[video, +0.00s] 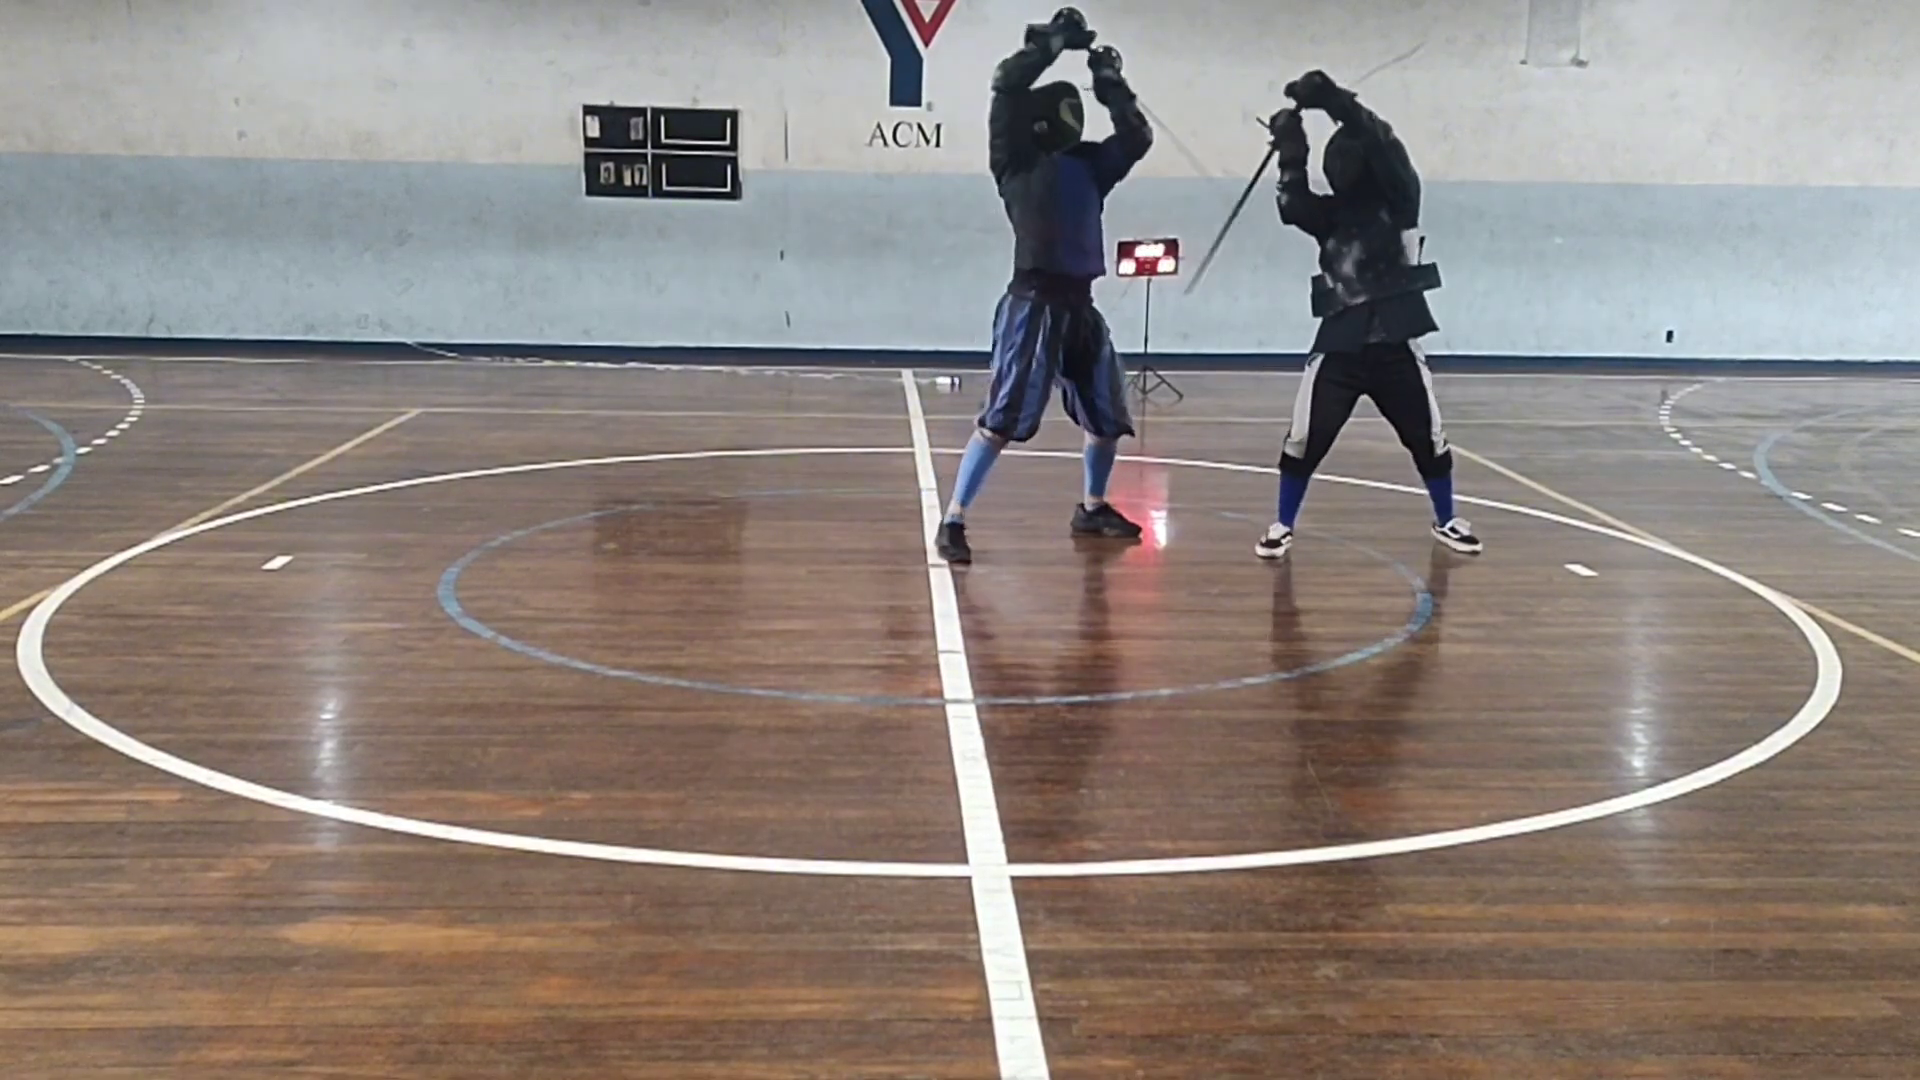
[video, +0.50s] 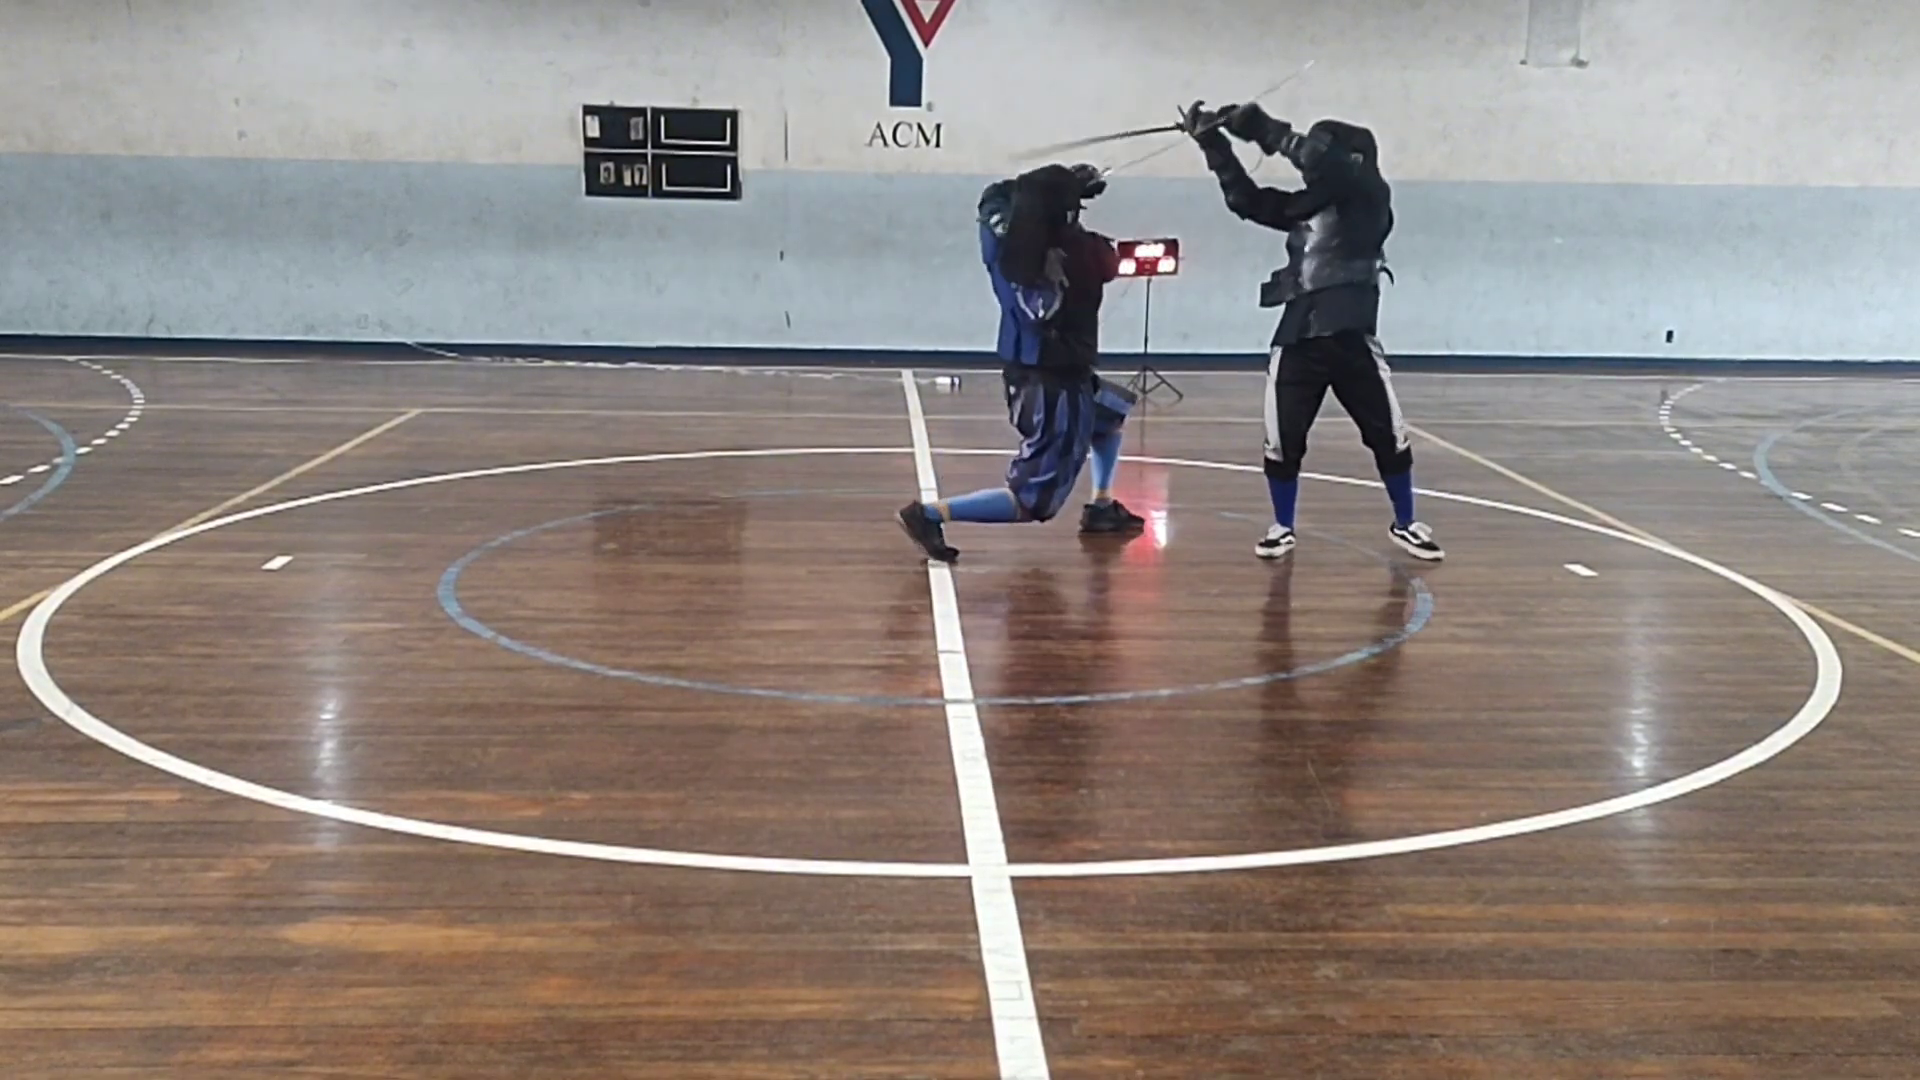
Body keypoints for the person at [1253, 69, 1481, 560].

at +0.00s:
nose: (1337, 171)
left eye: (1344, 163)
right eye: (1335, 164)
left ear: (1366, 164)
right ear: (1332, 167)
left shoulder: (1399, 202)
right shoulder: (1329, 213)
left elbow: (1382, 144)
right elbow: (1293, 204)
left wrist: (1332, 99)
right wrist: (1292, 149)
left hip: (1395, 347)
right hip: (1337, 348)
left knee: (1429, 440)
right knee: (1304, 440)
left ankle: (1446, 522)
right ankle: (1283, 524)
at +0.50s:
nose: (1307, 157)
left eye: (1314, 150)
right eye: (1306, 151)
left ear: (1343, 153)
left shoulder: (1368, 190)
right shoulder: (1304, 207)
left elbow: (1317, 159)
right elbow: (1245, 198)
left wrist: (1258, 125)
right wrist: (1212, 142)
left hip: (1351, 337)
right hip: (1297, 339)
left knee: (1389, 435)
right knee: (1280, 440)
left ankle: (1406, 523)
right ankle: (1282, 527)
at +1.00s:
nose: (1322, 174)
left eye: (1330, 167)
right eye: (1324, 166)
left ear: (1360, 175)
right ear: (1348, 173)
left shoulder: (1373, 217)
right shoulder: (1333, 205)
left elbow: (1308, 251)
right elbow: (1278, 216)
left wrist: (1250, 244)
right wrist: (1213, 211)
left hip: (1367, 346)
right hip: (1330, 340)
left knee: (1376, 451)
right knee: (1274, 420)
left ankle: (1417, 527)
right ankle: (1275, 519)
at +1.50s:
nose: (1302, 180)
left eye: (1315, 171)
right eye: (1296, 175)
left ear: (1328, 177)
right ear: (1285, 180)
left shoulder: (1347, 216)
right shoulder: (1276, 219)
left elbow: (1328, 163)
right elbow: (1226, 215)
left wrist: (1289, 131)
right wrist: (1247, 155)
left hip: (1336, 348)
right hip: (1278, 350)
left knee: (1380, 442)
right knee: (1238, 443)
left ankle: (1403, 530)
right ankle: (1205, 526)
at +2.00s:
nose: (1275, 183)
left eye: (1279, 174)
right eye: (1270, 176)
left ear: (1299, 167)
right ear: (1264, 175)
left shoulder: (1328, 202)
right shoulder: (1261, 214)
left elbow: (1311, 145)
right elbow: (1232, 212)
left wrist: (1256, 113)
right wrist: (1218, 162)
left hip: (1322, 341)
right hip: (1268, 341)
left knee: (1355, 440)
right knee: (1231, 435)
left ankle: (1333, 507)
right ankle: (1204, 523)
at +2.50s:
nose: (1324, 157)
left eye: (1332, 148)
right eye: (1322, 148)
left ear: (1360, 151)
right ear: (1324, 151)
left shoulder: (1386, 197)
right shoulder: (1321, 201)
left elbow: (1375, 258)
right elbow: (1293, 270)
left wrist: (1338, 231)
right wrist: (1281, 235)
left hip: (1356, 318)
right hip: (1311, 316)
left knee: (1339, 418)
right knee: (1280, 413)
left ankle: (1321, 511)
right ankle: (1310, 489)